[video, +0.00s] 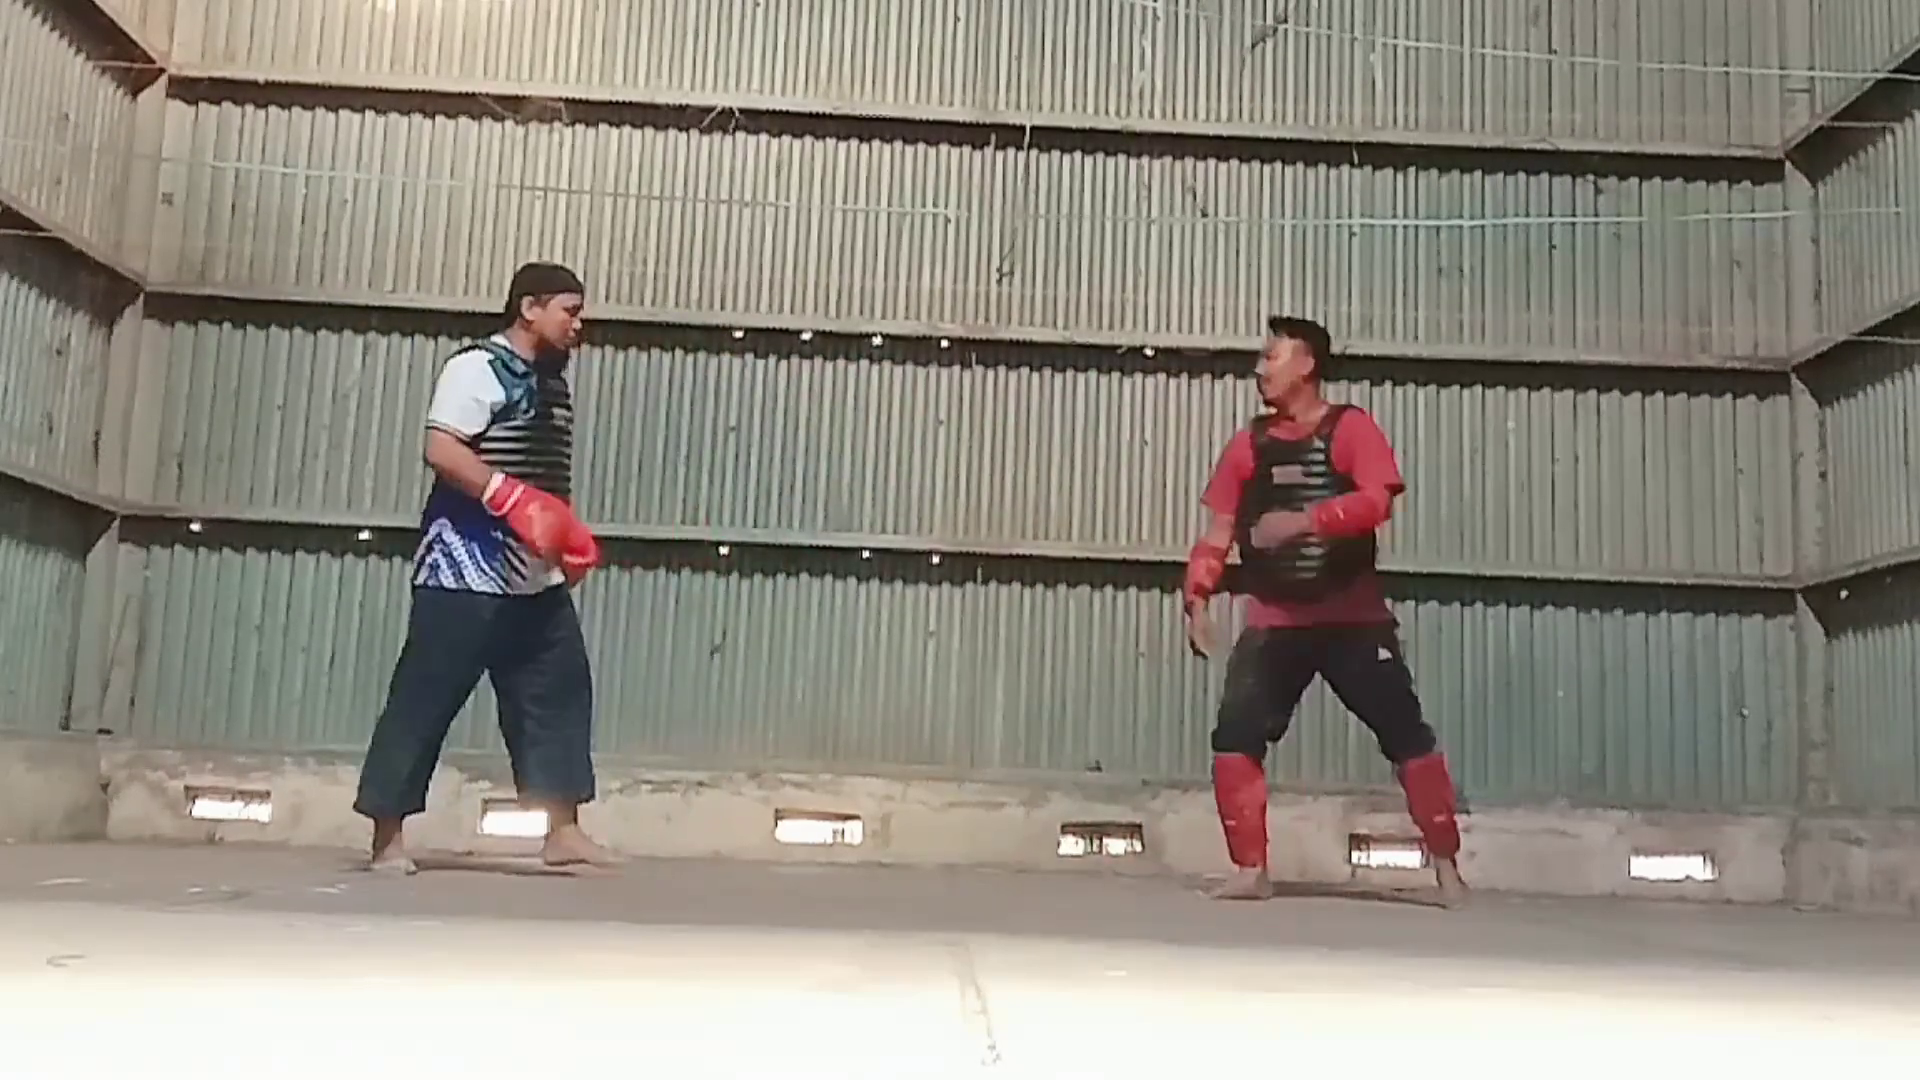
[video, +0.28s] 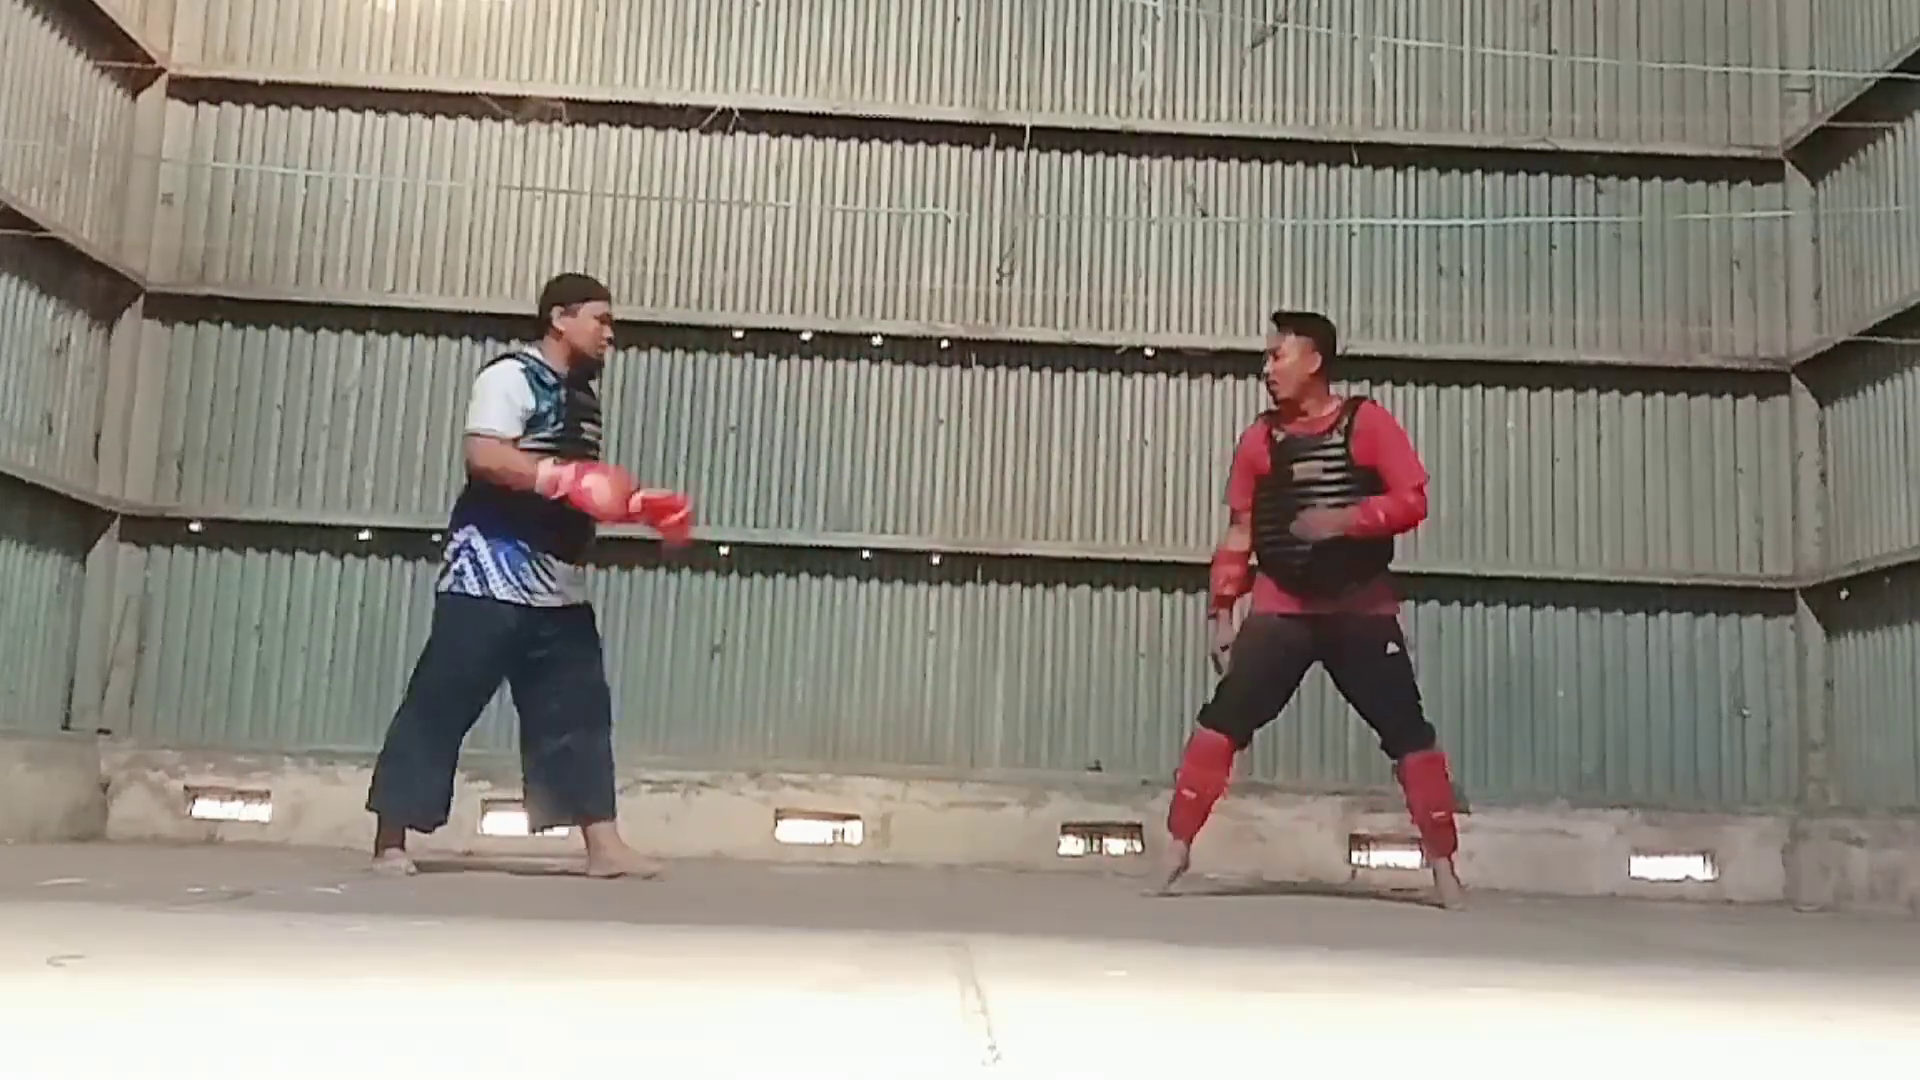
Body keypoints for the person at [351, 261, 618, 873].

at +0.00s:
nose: (579, 324)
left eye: (581, 313)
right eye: (570, 310)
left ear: (543, 313)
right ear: (530, 308)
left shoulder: (555, 383)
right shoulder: (475, 369)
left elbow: (540, 476)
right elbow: (442, 448)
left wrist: (561, 535)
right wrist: (513, 499)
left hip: (534, 579)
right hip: (462, 576)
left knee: (558, 693)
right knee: (424, 700)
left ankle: (564, 833)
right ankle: (387, 840)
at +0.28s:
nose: (610, 333)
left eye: (611, 323)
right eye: (601, 321)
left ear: (575, 323)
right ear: (561, 319)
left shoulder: (583, 396)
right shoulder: (507, 376)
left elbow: (575, 489)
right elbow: (484, 455)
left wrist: (636, 507)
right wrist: (566, 480)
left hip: (558, 582)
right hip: (487, 578)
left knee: (581, 710)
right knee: (439, 704)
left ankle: (604, 846)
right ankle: (391, 842)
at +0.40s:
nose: (638, 341)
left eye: (640, 331)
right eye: (630, 328)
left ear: (604, 331)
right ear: (591, 325)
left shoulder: (609, 410)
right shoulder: (540, 377)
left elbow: (613, 494)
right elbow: (544, 444)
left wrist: (678, 476)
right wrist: (626, 436)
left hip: (584, 583)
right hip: (512, 575)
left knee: (608, 707)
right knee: (462, 703)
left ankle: (609, 845)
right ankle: (396, 841)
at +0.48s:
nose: (666, 349)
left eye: (670, 340)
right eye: (660, 334)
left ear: (635, 335)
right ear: (621, 326)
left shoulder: (644, 401)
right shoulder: (567, 374)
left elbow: (673, 480)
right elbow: (606, 428)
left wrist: (718, 430)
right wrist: (671, 384)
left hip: (602, 579)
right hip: (533, 571)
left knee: (623, 711)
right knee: (495, 704)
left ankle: (612, 846)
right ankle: (414, 826)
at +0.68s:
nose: (690, 345)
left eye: (695, 335)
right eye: (685, 332)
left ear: (663, 330)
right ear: (647, 322)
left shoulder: (659, 395)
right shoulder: (591, 372)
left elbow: (695, 473)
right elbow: (642, 434)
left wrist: (733, 410)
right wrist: (692, 377)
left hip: (620, 577)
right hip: (556, 565)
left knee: (630, 708)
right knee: (544, 694)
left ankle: (612, 848)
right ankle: (500, 827)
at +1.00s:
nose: (701, 347)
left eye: (704, 337)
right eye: (696, 335)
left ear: (672, 333)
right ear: (658, 327)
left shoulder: (668, 396)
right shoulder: (604, 384)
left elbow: (679, 469)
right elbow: (649, 453)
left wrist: (724, 422)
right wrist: (700, 401)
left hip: (650, 577)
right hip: (582, 571)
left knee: (695, 691)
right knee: (571, 696)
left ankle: (690, 839)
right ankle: (532, 844)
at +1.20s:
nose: (740, 359)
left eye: (742, 350)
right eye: (734, 346)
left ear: (709, 344)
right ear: (697, 338)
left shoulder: (710, 417)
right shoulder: (643, 388)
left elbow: (744, 492)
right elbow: (677, 455)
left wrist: (787, 436)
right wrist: (730, 404)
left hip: (678, 586)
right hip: (613, 574)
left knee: (713, 703)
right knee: (591, 697)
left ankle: (739, 848)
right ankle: (535, 836)